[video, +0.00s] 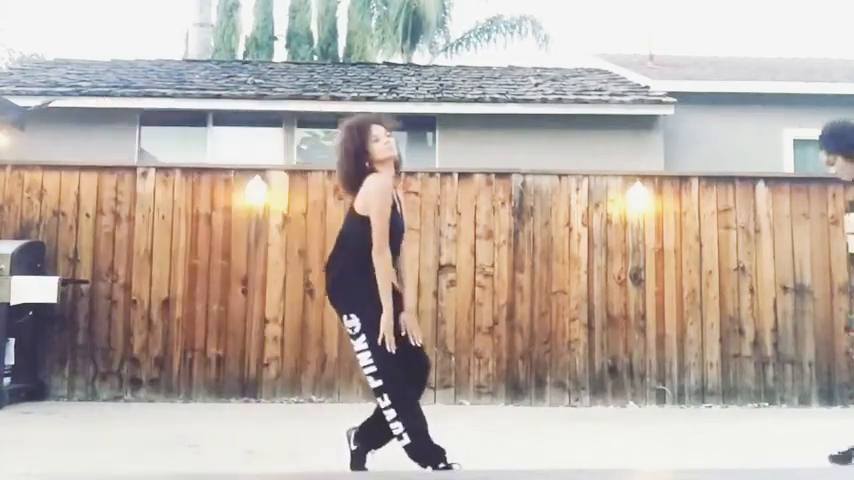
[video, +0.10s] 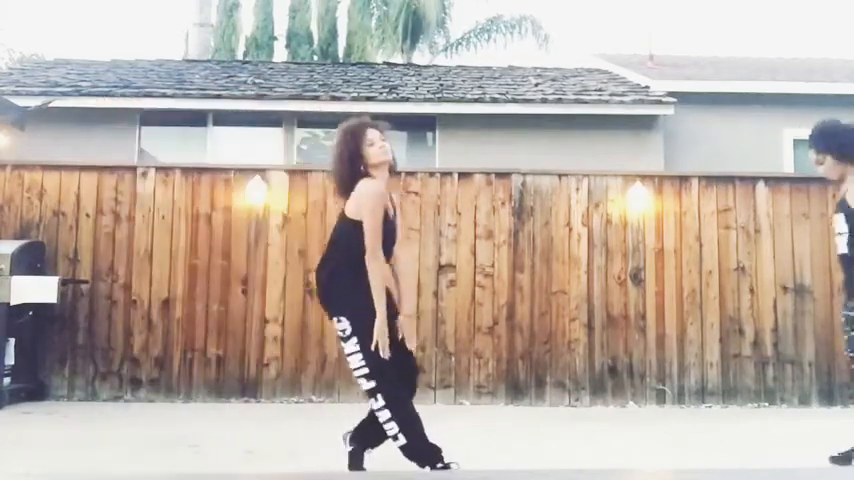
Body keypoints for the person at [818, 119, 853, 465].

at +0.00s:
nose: (831, 169)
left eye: (832, 161)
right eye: (828, 162)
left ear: (847, 155)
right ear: (843, 157)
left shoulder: (851, 196)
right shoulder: (849, 196)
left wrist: (849, 231)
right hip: (851, 298)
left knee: (851, 366)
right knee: (851, 364)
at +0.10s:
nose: (817, 166)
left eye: (820, 159)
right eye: (816, 159)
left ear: (840, 154)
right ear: (836, 156)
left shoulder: (849, 199)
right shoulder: (842, 198)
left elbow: (848, 268)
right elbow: (847, 266)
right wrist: (848, 324)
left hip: (851, 305)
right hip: (849, 303)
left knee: (852, 371)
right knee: (851, 369)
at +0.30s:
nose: (789, 166)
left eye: (792, 158)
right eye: (789, 159)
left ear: (811, 156)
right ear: (807, 156)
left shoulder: (839, 183)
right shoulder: (815, 190)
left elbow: (851, 246)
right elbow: (825, 249)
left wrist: (850, 297)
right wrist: (826, 298)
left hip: (845, 302)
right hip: (832, 302)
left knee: (840, 366)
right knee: (839, 368)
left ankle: (852, 446)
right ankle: (851, 445)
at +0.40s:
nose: (772, 165)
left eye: (777, 157)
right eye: (771, 157)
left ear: (798, 155)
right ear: (789, 158)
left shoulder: (828, 185)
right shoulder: (793, 194)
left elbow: (851, 236)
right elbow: (798, 255)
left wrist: (850, 290)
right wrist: (786, 300)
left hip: (835, 295)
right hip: (816, 297)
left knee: (817, 360)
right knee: (843, 366)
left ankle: (847, 435)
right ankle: (847, 439)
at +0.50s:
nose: (756, 161)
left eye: (762, 154)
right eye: (754, 155)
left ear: (785, 154)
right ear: (757, 158)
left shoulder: (813, 186)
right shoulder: (763, 196)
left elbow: (832, 235)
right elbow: (756, 256)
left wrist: (843, 276)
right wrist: (735, 307)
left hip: (819, 296)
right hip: (791, 301)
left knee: (793, 360)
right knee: (828, 374)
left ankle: (798, 448)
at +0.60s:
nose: (745, 158)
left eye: (753, 151)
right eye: (741, 152)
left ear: (772, 153)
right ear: (738, 157)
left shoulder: (793, 189)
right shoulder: (740, 202)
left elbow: (809, 240)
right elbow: (727, 258)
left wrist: (836, 238)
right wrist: (703, 303)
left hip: (792, 297)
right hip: (760, 301)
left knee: (770, 368)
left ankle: (792, 449)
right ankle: (819, 417)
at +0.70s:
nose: (729, 153)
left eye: (737, 147)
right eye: (723, 148)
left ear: (754, 154)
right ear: (717, 156)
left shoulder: (766, 190)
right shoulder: (708, 200)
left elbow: (790, 227)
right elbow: (693, 253)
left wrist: (793, 186)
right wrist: (676, 298)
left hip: (765, 302)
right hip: (728, 303)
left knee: (758, 371)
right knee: (694, 356)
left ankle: (788, 447)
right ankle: (721, 426)